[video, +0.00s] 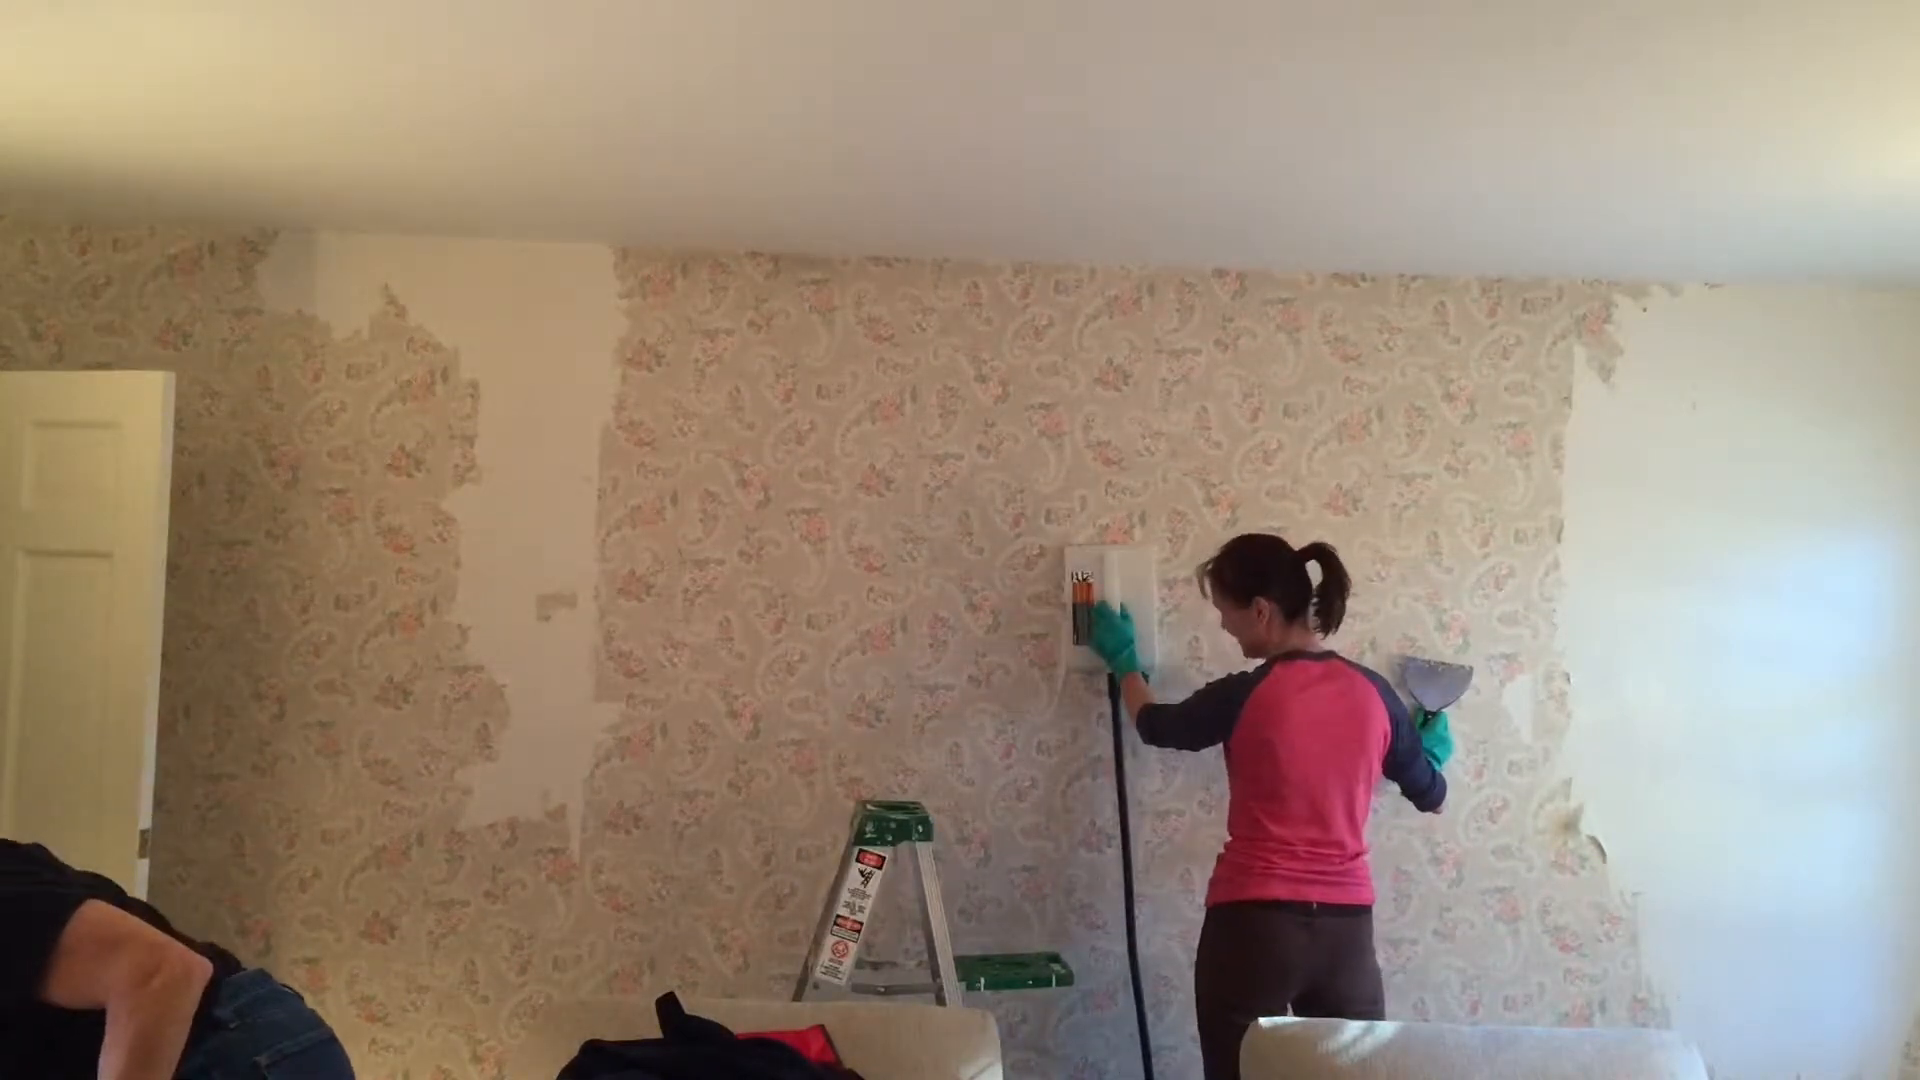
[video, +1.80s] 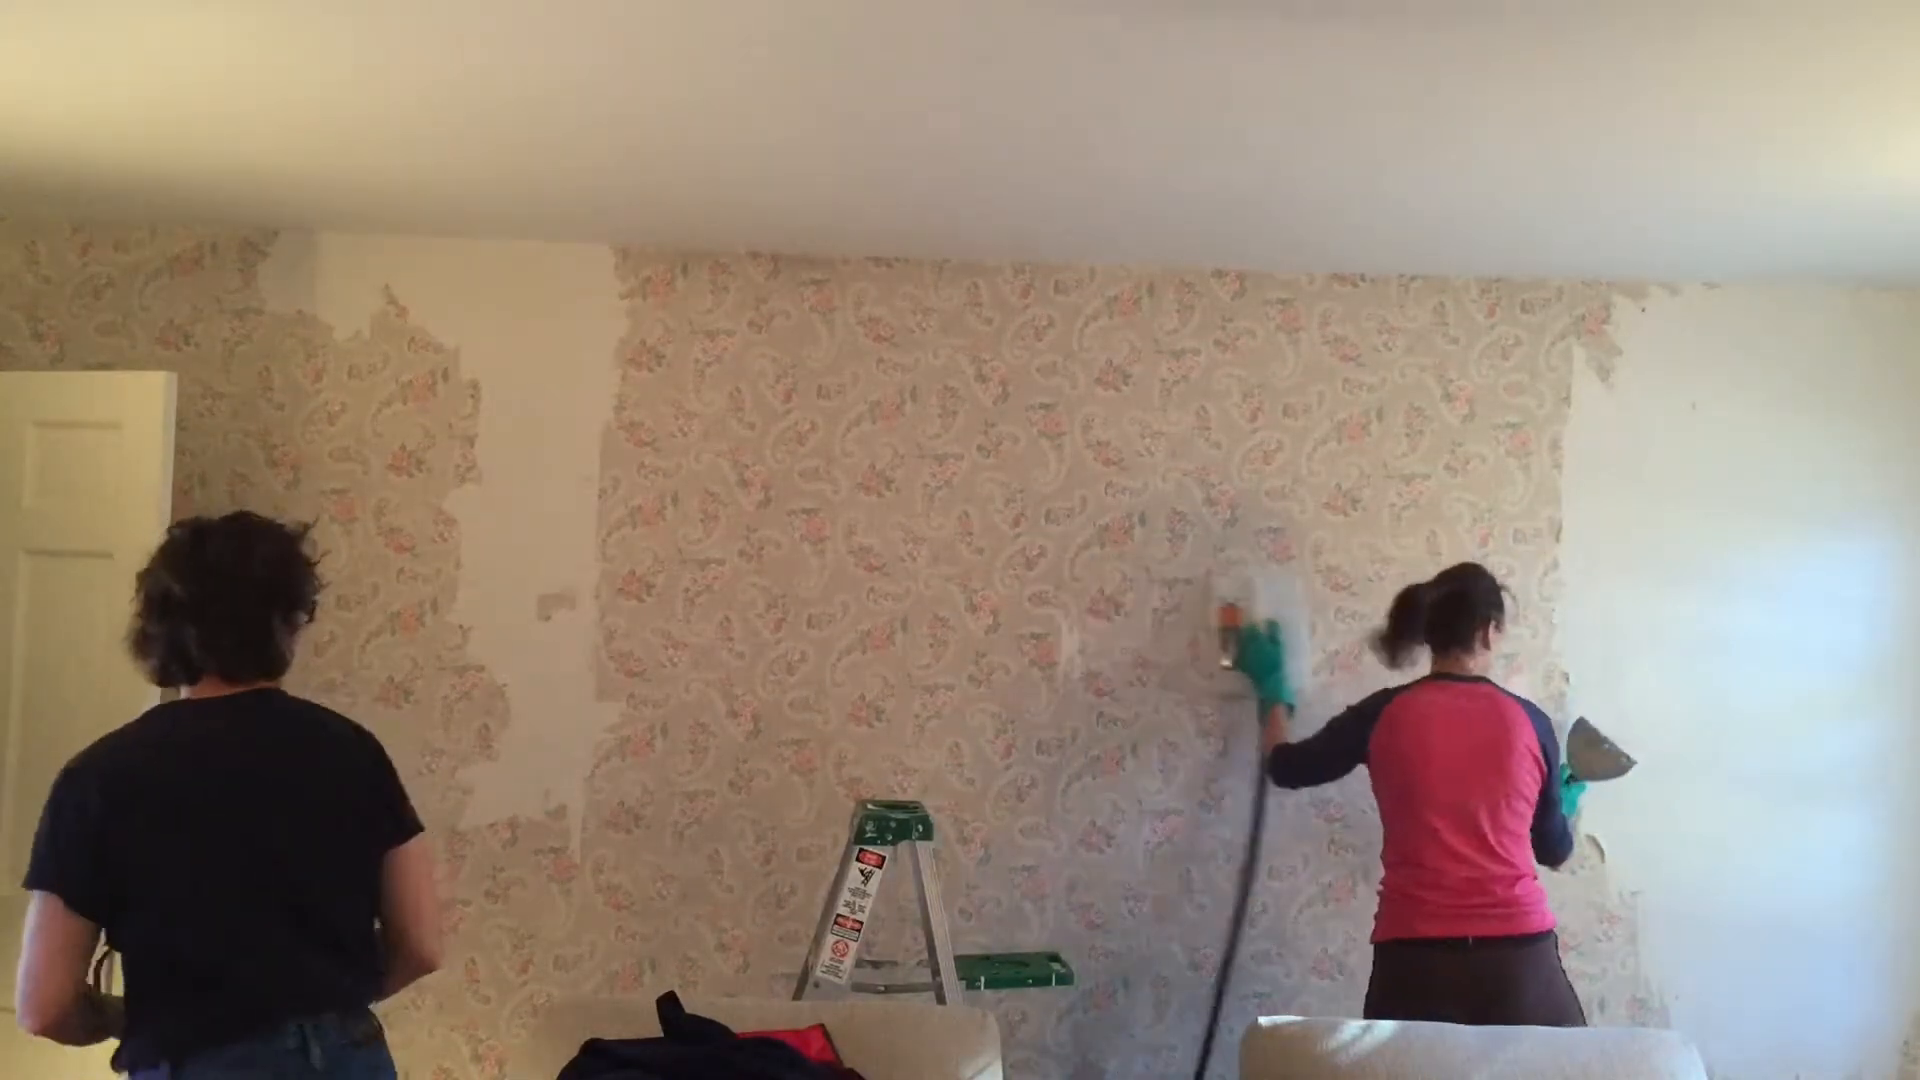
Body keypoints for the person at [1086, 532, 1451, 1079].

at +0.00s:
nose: (1222, 623)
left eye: (1224, 609)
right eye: (1219, 610)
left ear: (1262, 610)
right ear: (1303, 604)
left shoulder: (1246, 692)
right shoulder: (1375, 694)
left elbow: (1153, 724)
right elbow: (1429, 794)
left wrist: (1124, 662)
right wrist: (1433, 753)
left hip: (1250, 934)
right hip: (1345, 936)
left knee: (1236, 1075)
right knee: (1360, 1076)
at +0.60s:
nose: (1282, 618)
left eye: (1289, 601)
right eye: (1282, 601)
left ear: (1332, 604)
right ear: (1339, 604)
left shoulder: (1295, 687)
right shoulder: (1434, 694)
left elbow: (1182, 718)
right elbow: (1500, 820)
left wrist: (1130, 659)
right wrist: (1485, 769)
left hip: (1298, 931)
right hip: (1402, 939)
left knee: (1276, 1067)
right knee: (1431, 1075)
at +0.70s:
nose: (1303, 616)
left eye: (1310, 600)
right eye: (1304, 600)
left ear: (1353, 604)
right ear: (1369, 603)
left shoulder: (1314, 686)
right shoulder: (1458, 693)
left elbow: (1194, 710)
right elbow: (1529, 818)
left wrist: (1128, 655)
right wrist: (1533, 784)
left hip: (1324, 928)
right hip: (1428, 935)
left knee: (1292, 1073)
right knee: (1453, 1076)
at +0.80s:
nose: (1330, 617)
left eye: (1334, 603)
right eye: (1329, 603)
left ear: (1373, 604)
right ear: (1401, 605)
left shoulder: (1336, 687)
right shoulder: (1481, 695)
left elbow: (1211, 706)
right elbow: (1556, 814)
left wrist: (1137, 658)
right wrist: (1578, 797)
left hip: (1357, 933)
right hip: (1461, 938)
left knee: (1319, 1069)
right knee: (1483, 1074)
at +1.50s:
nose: (1387, 597)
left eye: (1389, 585)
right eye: (1394, 582)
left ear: (1395, 597)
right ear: (1464, 600)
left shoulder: (1357, 690)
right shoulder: (1506, 693)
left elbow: (1232, 723)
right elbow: (1576, 808)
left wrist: (1163, 659)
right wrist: (1593, 779)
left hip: (1397, 933)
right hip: (1502, 931)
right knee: (1531, 1079)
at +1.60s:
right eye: (1474, 602)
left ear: (1398, 608)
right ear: (1467, 612)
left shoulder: (1361, 697)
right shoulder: (1509, 699)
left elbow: (1246, 741)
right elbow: (1557, 811)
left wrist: (1196, 670)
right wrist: (1577, 777)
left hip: (1402, 942)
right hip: (1507, 939)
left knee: (1391, 1077)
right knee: (1545, 1077)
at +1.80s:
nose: (1501, 640)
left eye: (1501, 628)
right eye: (1501, 629)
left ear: (1429, 630)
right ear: (1488, 633)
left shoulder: (1382, 712)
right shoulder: (1528, 721)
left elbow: (1285, 767)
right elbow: (1553, 851)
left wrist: (1275, 699)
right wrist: (1566, 802)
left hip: (1411, 971)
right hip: (1519, 970)